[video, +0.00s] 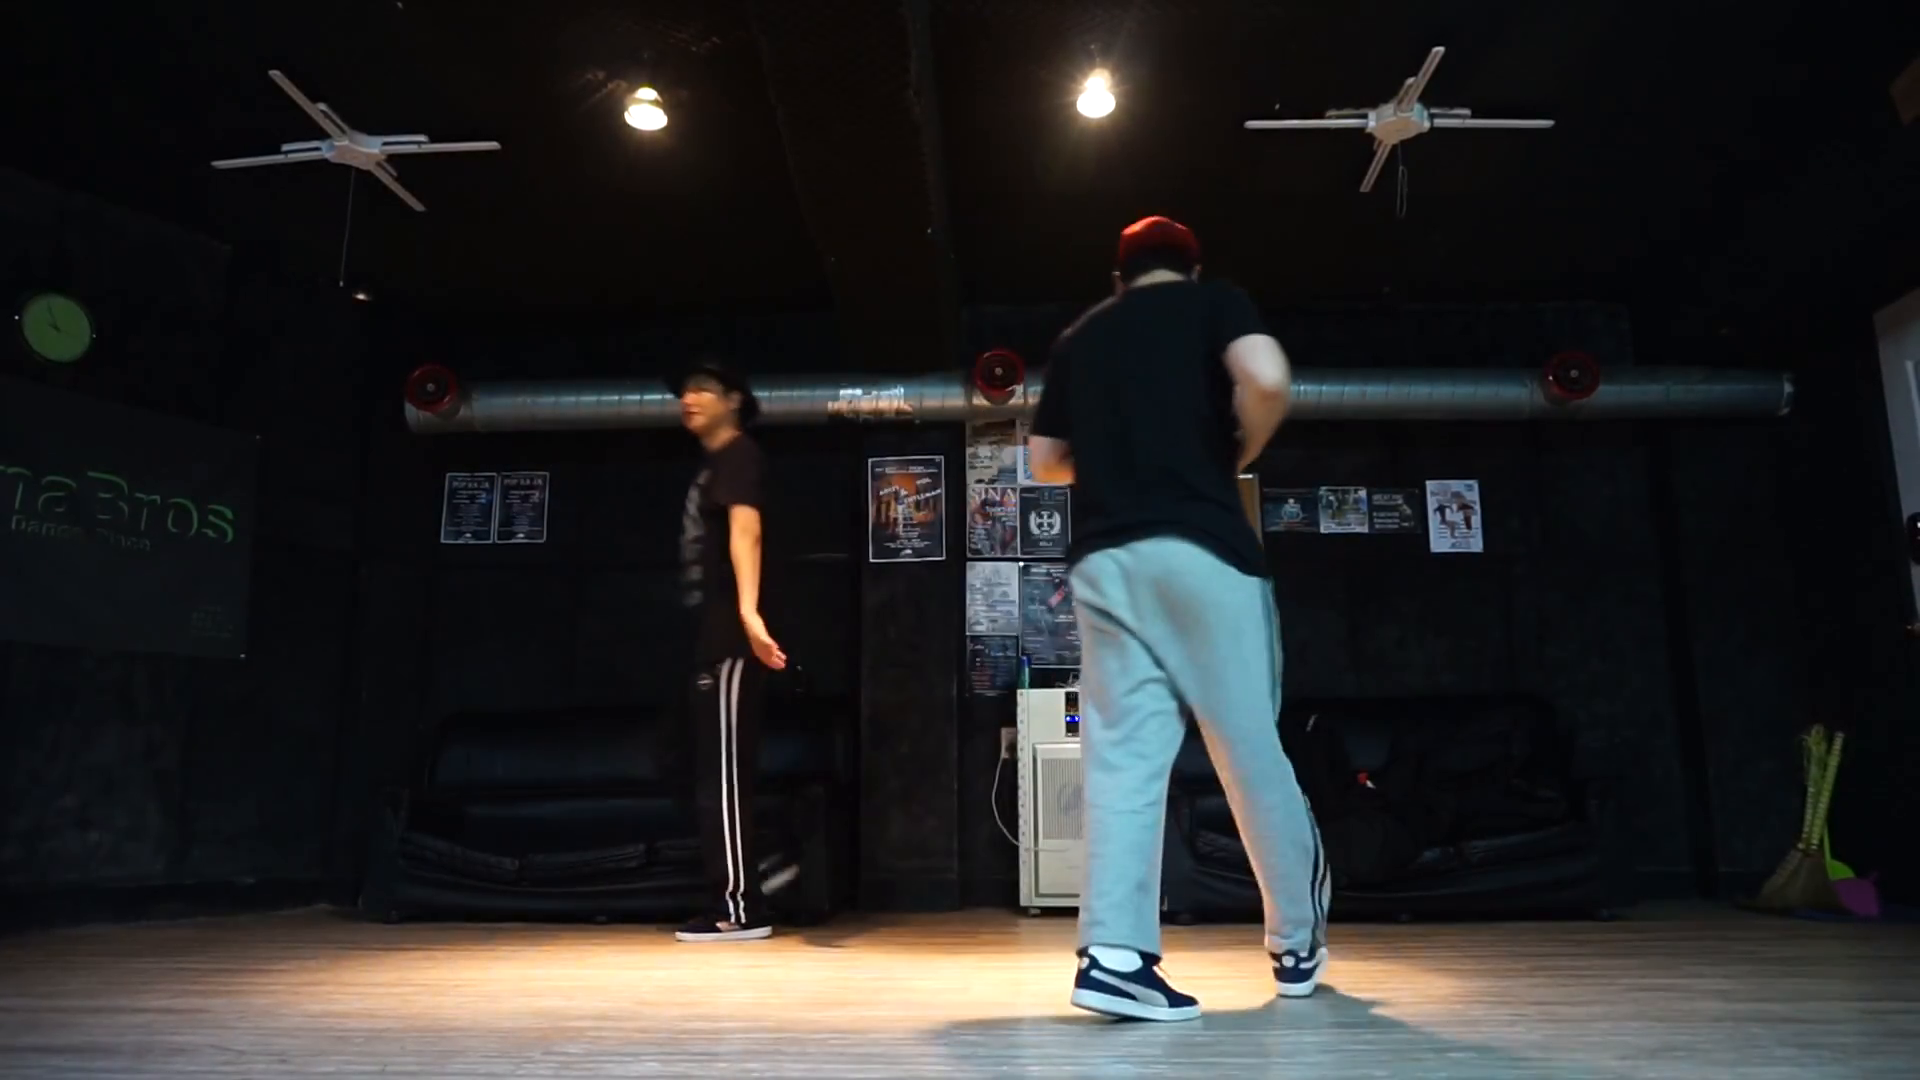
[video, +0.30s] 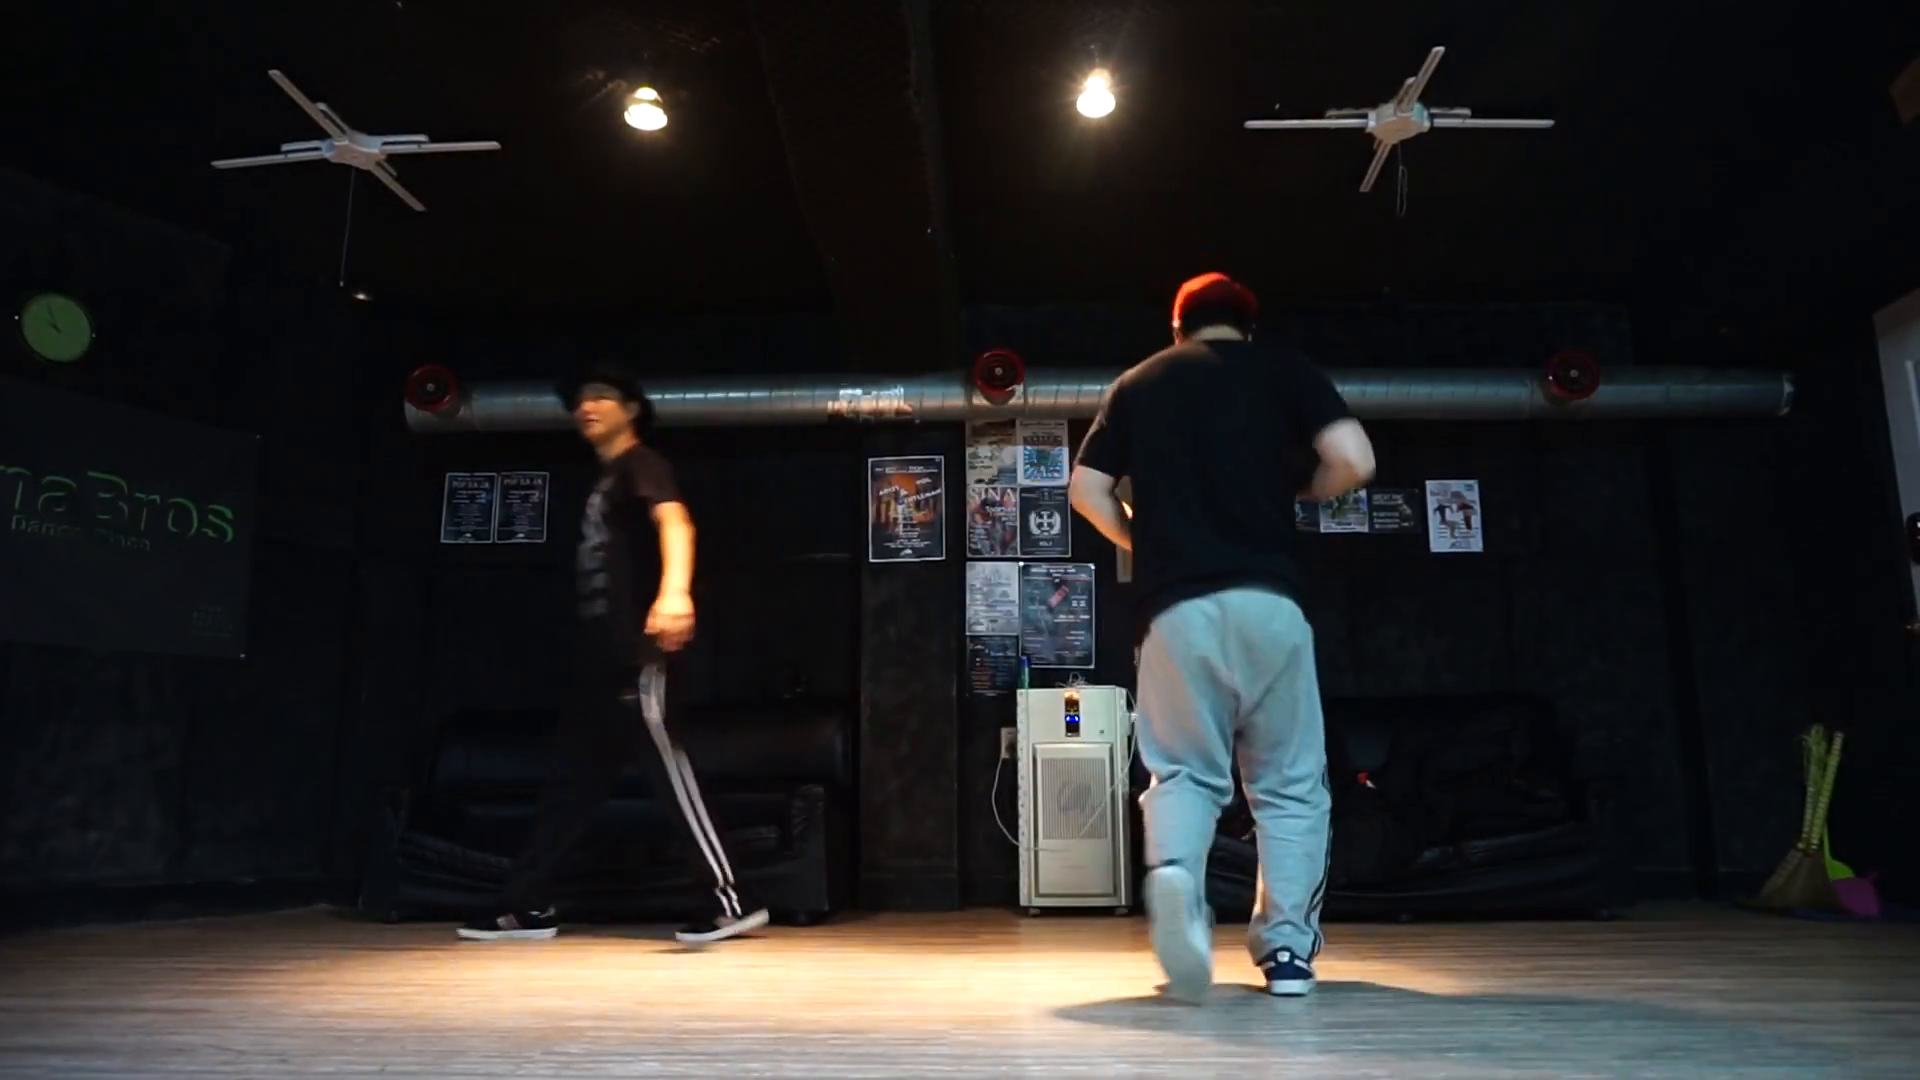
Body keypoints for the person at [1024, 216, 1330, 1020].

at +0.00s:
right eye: (1186, 264)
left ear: (1119, 275)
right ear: (1192, 267)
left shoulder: (1078, 339)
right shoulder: (1215, 300)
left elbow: (1047, 461)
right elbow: (1267, 381)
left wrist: (1120, 461)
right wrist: (1241, 457)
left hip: (1103, 555)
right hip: (1199, 542)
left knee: (1124, 757)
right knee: (1250, 751)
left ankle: (1114, 958)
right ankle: (1296, 944)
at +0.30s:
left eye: (1188, 321)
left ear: (1179, 328)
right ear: (1249, 324)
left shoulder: (1137, 383)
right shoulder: (1283, 368)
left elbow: (1087, 489)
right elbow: (1353, 459)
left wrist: (1137, 543)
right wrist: (1287, 485)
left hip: (1177, 605)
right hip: (1267, 598)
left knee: (1183, 770)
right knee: (1290, 785)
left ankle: (1173, 879)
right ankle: (1287, 949)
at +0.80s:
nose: (1118, 371)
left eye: (1117, 359)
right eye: (1116, 360)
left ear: (1133, 352)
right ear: (1182, 346)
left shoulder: (1151, 393)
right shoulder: (1236, 404)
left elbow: (1162, 469)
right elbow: (1292, 508)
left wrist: (1103, 524)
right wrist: (1217, 535)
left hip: (1184, 610)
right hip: (1263, 604)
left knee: (1172, 776)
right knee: (1264, 769)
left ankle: (1218, 934)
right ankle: (1285, 923)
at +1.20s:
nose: (1068, 380)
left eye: (1076, 368)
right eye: (1068, 369)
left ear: (1112, 367)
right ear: (1117, 372)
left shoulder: (1132, 413)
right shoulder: (1166, 417)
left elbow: (1165, 490)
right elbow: (1228, 510)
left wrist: (1068, 518)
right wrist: (1157, 552)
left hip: (1146, 620)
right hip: (1178, 616)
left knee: (1144, 781)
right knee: (1120, 776)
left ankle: (1219, 930)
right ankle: (1154, 913)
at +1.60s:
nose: (1014, 417)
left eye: (1024, 405)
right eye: (1010, 410)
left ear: (1058, 406)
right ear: (1013, 419)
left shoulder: (1073, 448)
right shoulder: (1071, 455)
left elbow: (1108, 507)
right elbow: (1114, 539)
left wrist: (1034, 552)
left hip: (1080, 649)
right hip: (1085, 647)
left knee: (1027, 785)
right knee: (1039, 783)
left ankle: (1161, 865)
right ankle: (1090, 920)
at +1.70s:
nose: (1002, 415)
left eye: (1014, 404)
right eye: (997, 407)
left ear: (1047, 409)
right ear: (995, 418)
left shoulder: (1067, 454)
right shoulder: (1049, 466)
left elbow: (1109, 513)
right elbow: (1073, 549)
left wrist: (1048, 570)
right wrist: (1020, 562)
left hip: (1063, 646)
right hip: (1079, 647)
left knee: (994, 773)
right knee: (1035, 776)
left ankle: (1108, 878)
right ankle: (1086, 914)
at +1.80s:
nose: (992, 405)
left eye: (1004, 392)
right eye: (986, 396)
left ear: (1037, 399)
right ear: (984, 407)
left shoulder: (1058, 448)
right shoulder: (1033, 460)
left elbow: (1111, 508)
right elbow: (1038, 553)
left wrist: (1057, 570)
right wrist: (977, 548)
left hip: (1046, 643)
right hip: (1057, 643)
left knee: (978, 765)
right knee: (1044, 778)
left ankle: (1045, 904)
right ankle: (1093, 916)